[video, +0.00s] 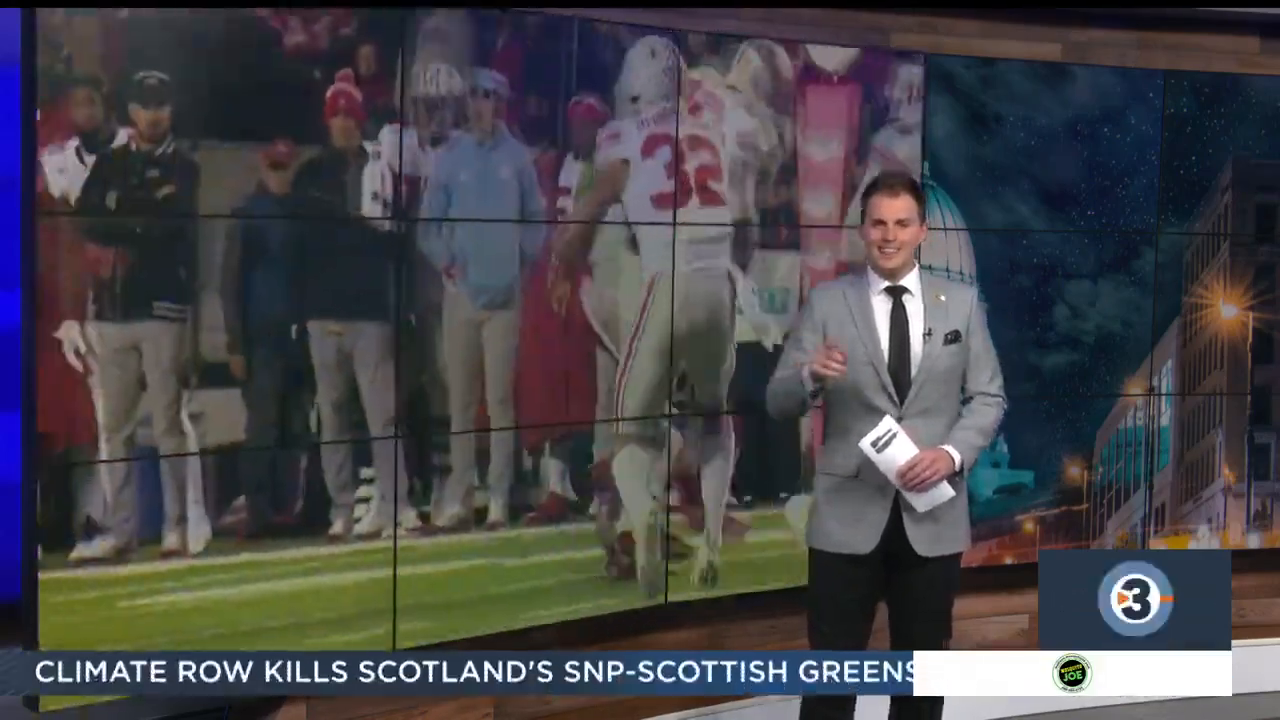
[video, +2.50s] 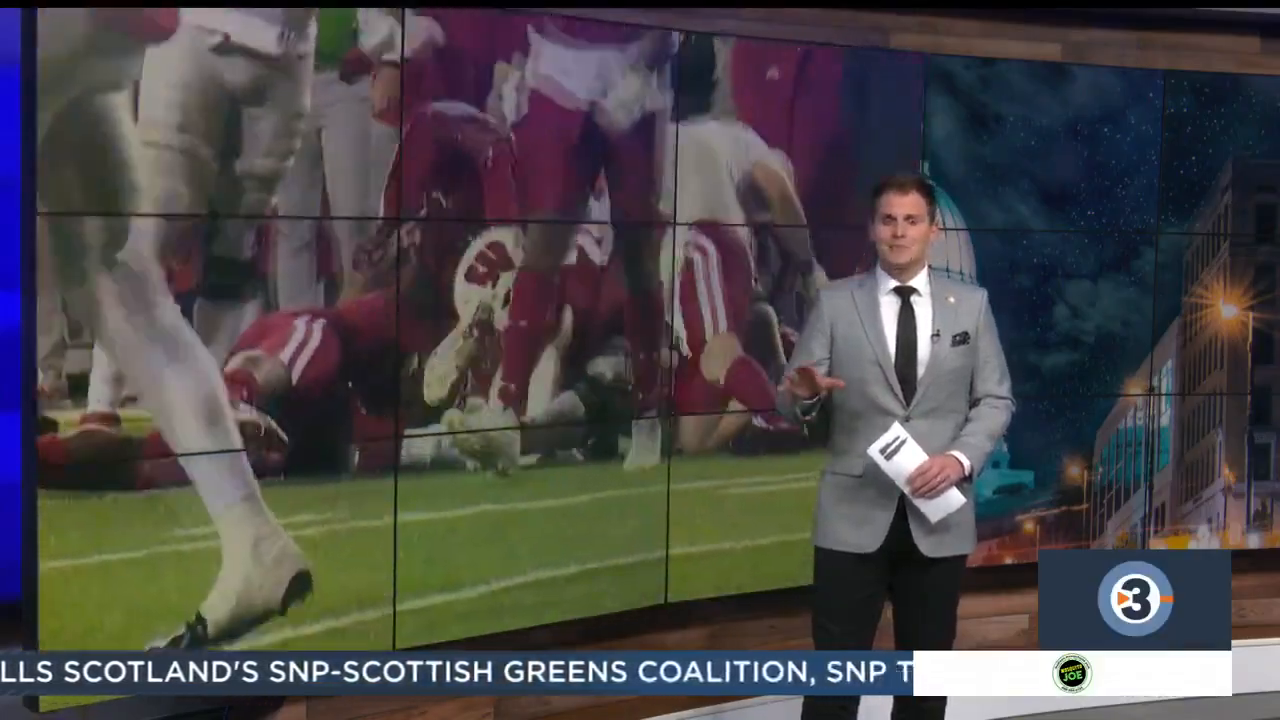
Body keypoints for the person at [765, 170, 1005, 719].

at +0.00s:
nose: (887, 234)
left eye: (901, 223)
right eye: (876, 222)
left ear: (922, 230)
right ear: (862, 230)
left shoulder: (961, 301)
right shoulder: (825, 302)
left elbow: (987, 398)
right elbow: (777, 402)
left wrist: (952, 453)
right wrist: (809, 376)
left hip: (931, 514)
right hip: (846, 512)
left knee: (924, 674)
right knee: (831, 674)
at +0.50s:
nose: (895, 231)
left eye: (909, 220)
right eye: (885, 220)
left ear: (932, 230)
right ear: (871, 228)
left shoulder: (966, 302)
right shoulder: (830, 300)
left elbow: (990, 400)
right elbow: (793, 394)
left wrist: (954, 457)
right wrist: (835, 399)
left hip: (935, 515)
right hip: (849, 513)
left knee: (927, 675)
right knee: (834, 672)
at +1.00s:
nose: (897, 232)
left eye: (911, 220)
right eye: (887, 220)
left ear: (934, 230)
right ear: (874, 229)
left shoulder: (970, 303)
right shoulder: (835, 301)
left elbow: (993, 401)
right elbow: (799, 397)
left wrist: (958, 456)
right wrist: (845, 400)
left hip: (938, 515)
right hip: (853, 512)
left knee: (927, 674)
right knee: (835, 672)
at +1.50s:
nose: (906, 233)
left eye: (919, 221)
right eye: (895, 220)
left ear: (937, 230)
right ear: (877, 228)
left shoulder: (972, 305)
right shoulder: (839, 301)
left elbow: (995, 402)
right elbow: (799, 378)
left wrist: (963, 457)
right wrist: (789, 398)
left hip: (938, 514)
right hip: (852, 512)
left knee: (928, 673)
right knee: (836, 671)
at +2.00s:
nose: (901, 233)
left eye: (914, 220)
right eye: (890, 221)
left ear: (935, 229)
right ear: (875, 230)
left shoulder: (972, 304)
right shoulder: (837, 300)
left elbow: (997, 401)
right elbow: (796, 381)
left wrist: (960, 457)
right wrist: (798, 400)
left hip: (937, 515)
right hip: (853, 513)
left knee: (928, 674)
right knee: (835, 671)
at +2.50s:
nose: (897, 231)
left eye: (911, 220)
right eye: (887, 220)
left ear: (932, 230)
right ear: (873, 229)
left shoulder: (970, 303)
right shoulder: (835, 301)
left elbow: (994, 401)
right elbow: (792, 407)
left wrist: (960, 457)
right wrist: (798, 394)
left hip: (937, 514)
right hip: (852, 512)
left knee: (929, 673)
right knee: (835, 671)